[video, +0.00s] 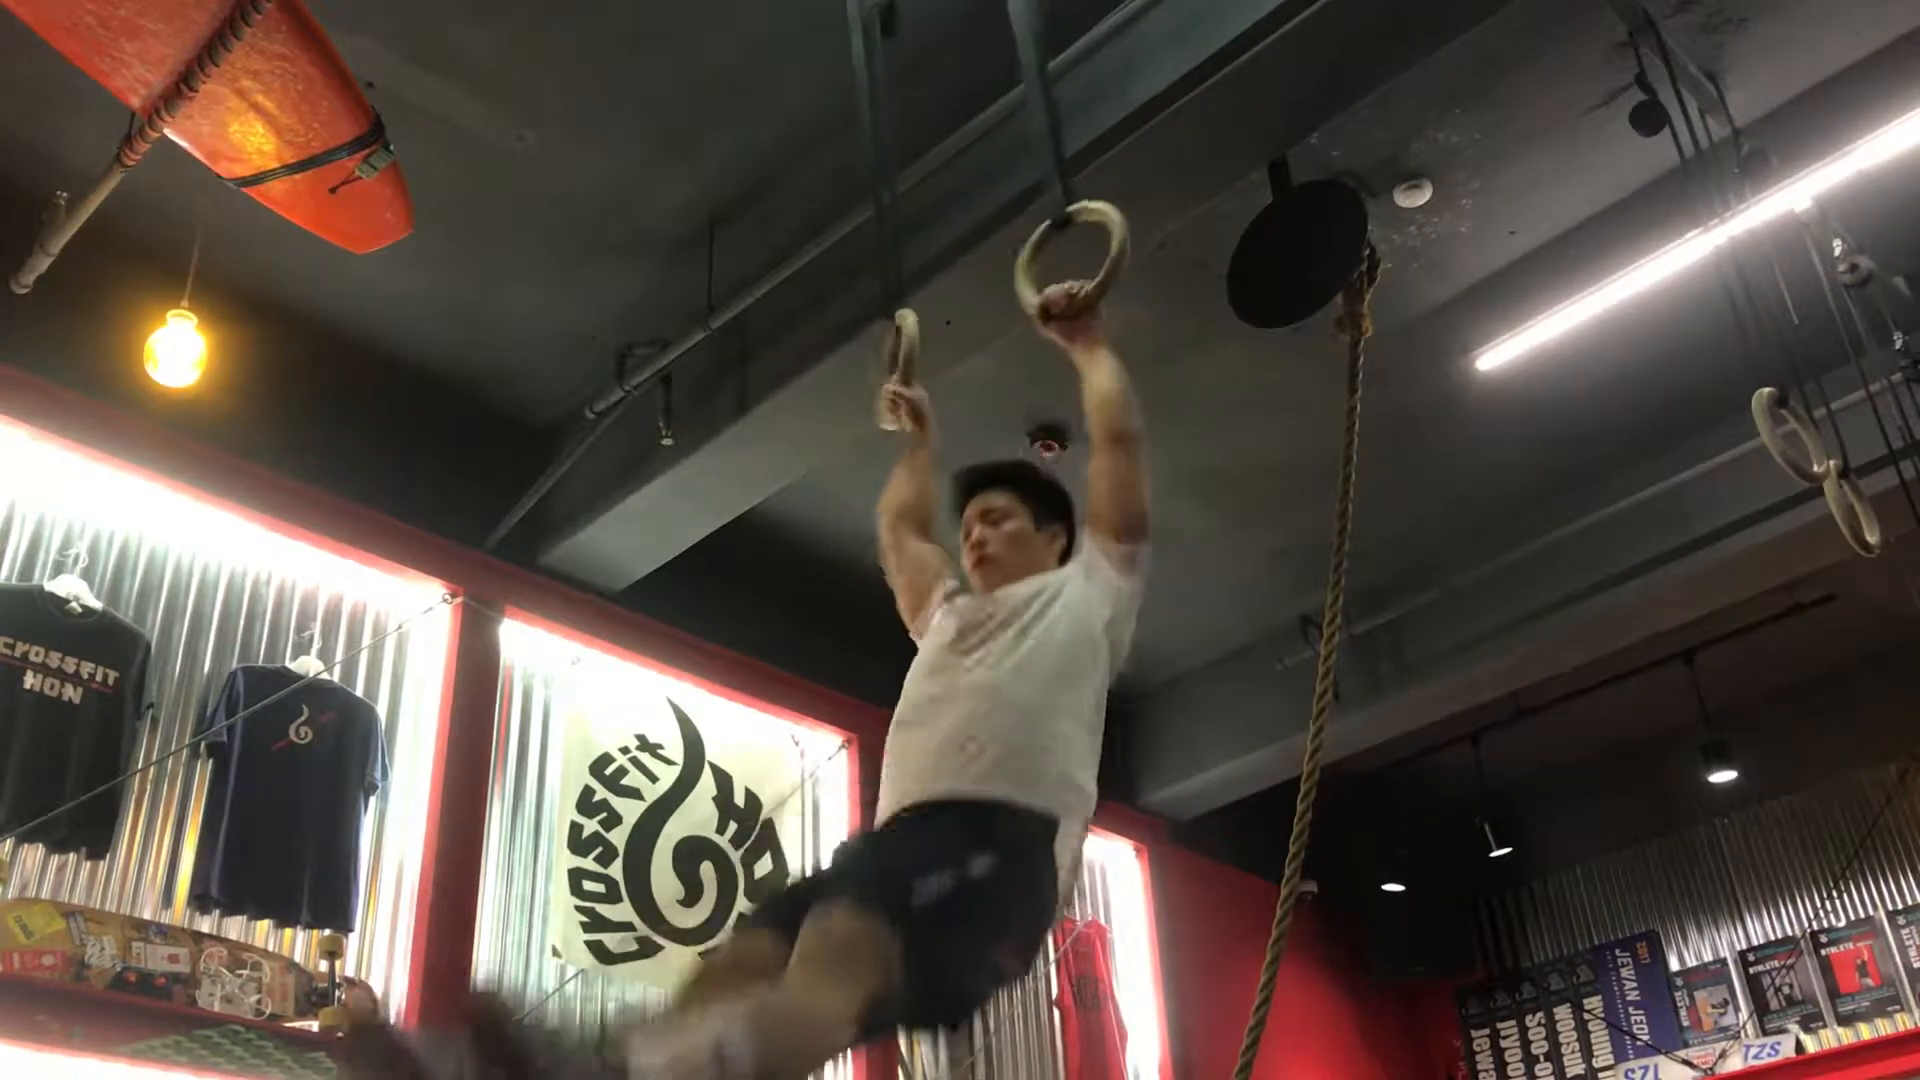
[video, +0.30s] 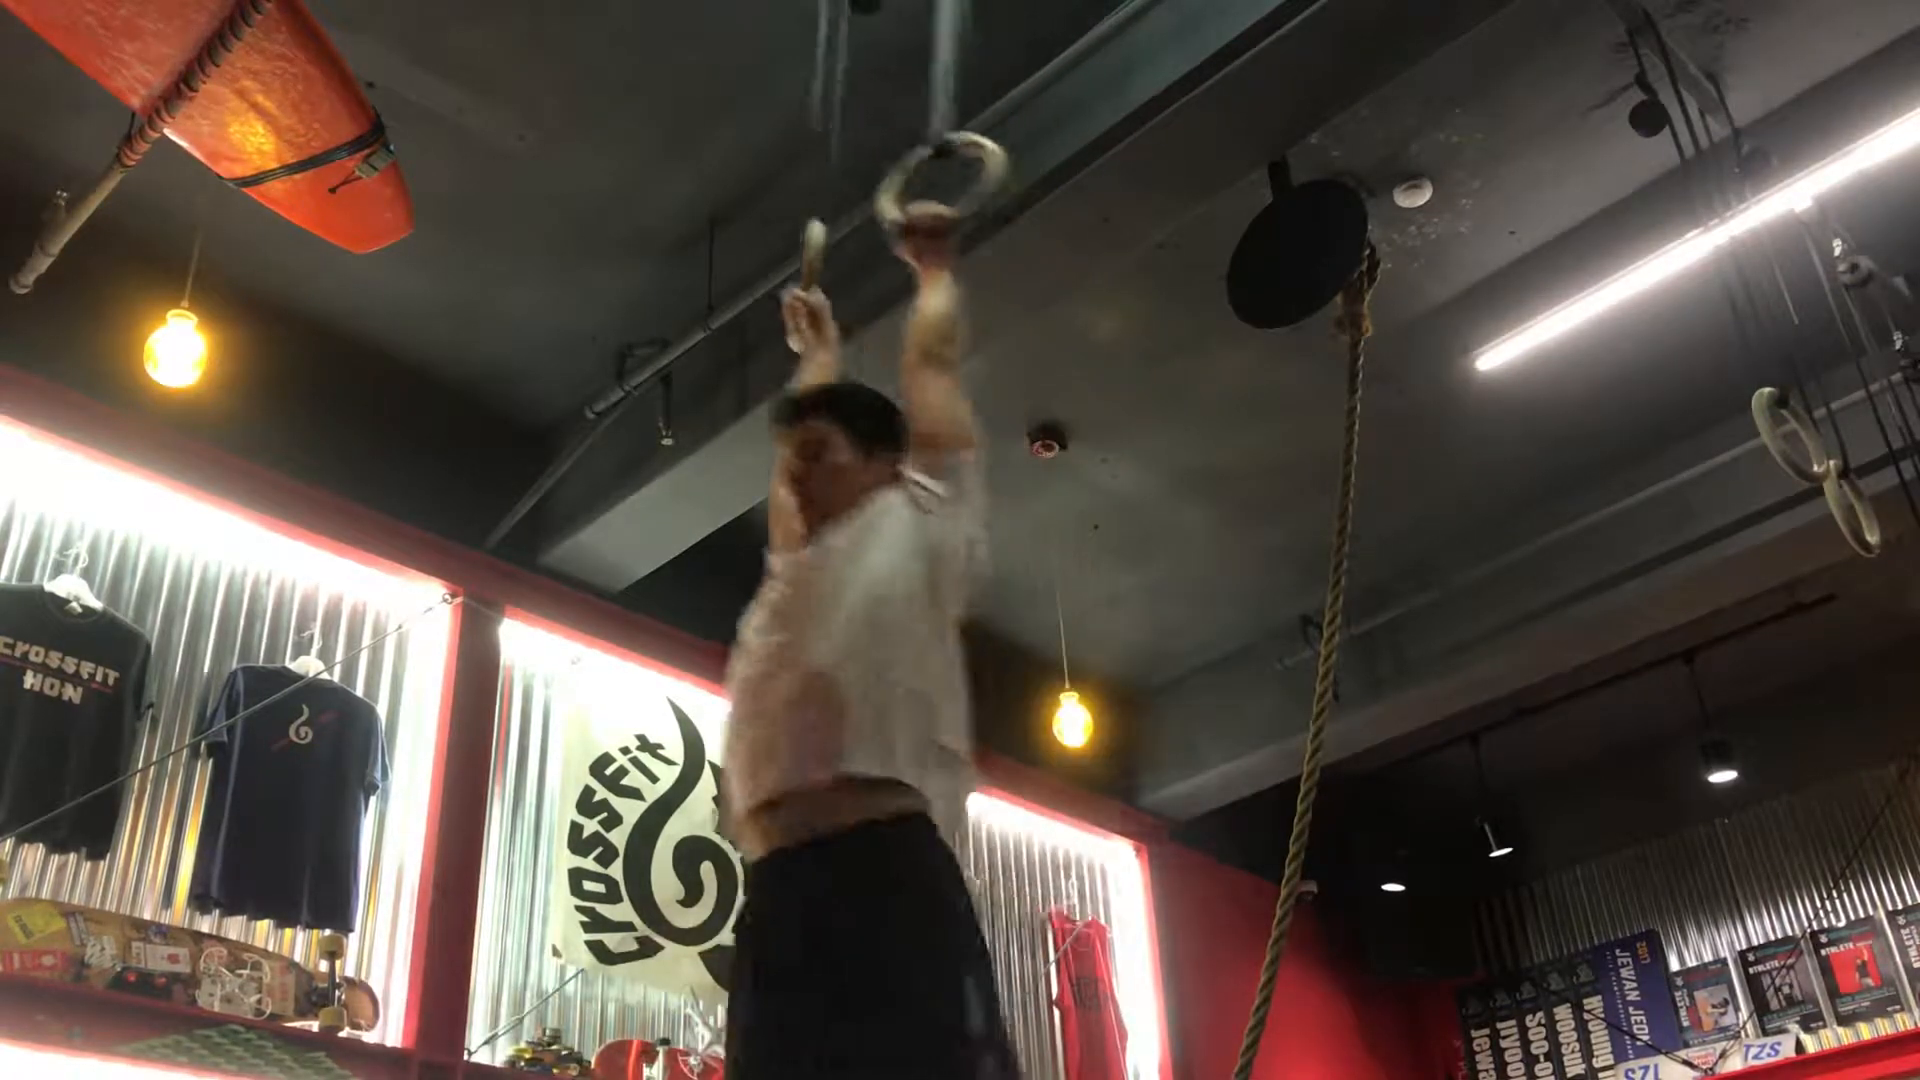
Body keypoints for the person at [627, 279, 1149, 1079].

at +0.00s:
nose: (976, 533)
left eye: (997, 518)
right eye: (969, 527)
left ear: (1055, 535)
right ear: (962, 551)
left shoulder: (1091, 593)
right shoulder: (944, 618)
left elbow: (1117, 438)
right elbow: (902, 531)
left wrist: (1089, 346)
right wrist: (916, 439)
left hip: (996, 843)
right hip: (887, 845)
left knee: (843, 945)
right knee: (736, 960)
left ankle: (697, 1059)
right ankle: (604, 1059)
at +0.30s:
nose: (798, 471)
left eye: (818, 452)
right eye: (791, 459)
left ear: (881, 457)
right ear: (789, 480)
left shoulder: (925, 523)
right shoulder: (792, 570)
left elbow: (931, 369)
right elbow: (787, 478)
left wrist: (934, 268)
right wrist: (815, 360)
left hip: (889, 876)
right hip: (781, 893)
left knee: (933, 1062)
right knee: (778, 1065)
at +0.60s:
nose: (731, 385)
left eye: (760, 373)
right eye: (724, 379)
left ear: (807, 405)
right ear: (713, 418)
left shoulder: (846, 467)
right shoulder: (705, 511)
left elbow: (844, 295)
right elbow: (699, 384)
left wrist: (851, 195)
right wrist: (724, 297)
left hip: (898, 832)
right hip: (784, 887)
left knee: (1186, 966)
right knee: (843, 1065)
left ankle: (1128, 773)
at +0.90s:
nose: (863, 504)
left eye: (895, 508)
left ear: (935, 532)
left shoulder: (923, 559)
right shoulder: (793, 576)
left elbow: (914, 378)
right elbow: (798, 445)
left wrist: (923, 284)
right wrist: (810, 348)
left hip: (932, 924)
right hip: (829, 947)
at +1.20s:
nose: (1126, 606)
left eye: (1142, 601)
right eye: (1123, 604)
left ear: (1171, 607)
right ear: (1110, 615)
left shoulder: (1191, 640)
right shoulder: (1048, 647)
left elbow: (1187, 497)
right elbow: (1010, 581)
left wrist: (1155, 395)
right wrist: (1006, 483)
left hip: (1029, 720)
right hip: (946, 742)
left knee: (845, 621)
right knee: (691, 746)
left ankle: (754, 885)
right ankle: (705, 956)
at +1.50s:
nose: (966, 253)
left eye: (980, 228)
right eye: (958, 244)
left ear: (1038, 231)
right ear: (961, 268)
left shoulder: (1086, 286)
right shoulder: (982, 344)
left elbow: (1215, 364)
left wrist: (1136, 321)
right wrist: (903, 400)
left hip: (1043, 479)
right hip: (943, 501)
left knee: (899, 310)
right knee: (735, 440)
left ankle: (984, 532)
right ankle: (881, 592)